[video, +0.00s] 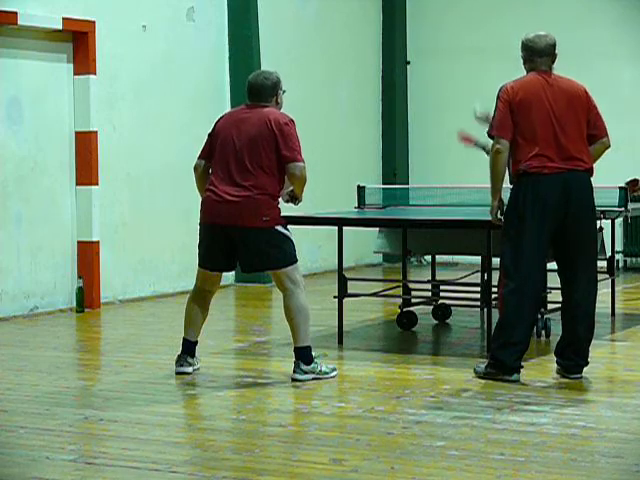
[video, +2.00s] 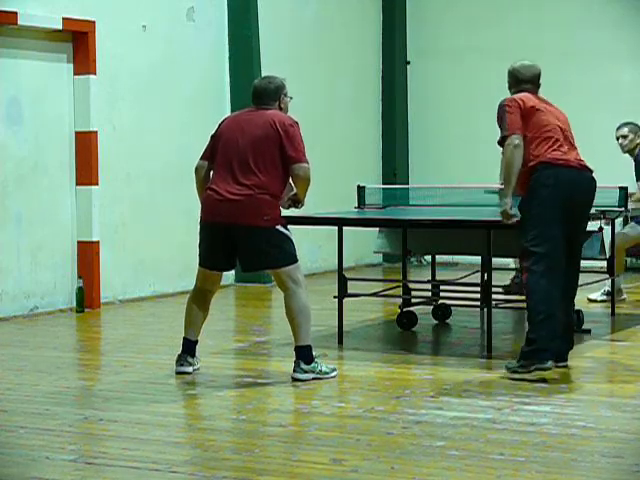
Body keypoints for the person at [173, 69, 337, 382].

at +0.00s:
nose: (283, 99)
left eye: (283, 95)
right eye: (282, 95)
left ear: (248, 96)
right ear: (276, 96)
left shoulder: (225, 120)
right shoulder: (280, 121)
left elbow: (200, 167)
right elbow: (297, 172)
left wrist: (212, 199)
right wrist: (296, 191)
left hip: (215, 217)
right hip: (260, 217)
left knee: (203, 288)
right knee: (292, 285)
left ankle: (186, 356)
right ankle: (304, 361)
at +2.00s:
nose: (289, 104)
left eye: (289, 99)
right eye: (288, 99)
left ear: (255, 101)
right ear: (279, 101)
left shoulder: (229, 122)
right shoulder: (284, 123)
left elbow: (202, 169)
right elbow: (301, 173)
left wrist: (209, 204)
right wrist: (298, 196)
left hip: (215, 215)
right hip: (260, 215)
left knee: (204, 287)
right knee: (293, 285)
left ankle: (187, 355)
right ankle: (305, 361)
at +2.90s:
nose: (269, 104)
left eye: (267, 101)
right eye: (268, 100)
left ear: (234, 102)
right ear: (264, 102)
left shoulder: (212, 126)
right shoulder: (276, 129)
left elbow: (182, 166)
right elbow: (311, 175)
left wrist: (173, 205)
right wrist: (300, 184)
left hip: (208, 217)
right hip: (252, 217)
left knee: (197, 286)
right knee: (289, 284)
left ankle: (185, 354)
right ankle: (305, 356)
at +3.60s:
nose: (215, 89)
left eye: (213, 85)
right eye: (213, 85)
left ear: (183, 89)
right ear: (205, 88)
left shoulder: (162, 121)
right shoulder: (219, 116)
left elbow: (137, 167)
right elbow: (237, 157)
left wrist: (139, 206)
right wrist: (261, 193)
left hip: (173, 218)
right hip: (215, 215)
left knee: (185, 284)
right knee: (245, 278)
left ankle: (184, 355)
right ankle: (246, 354)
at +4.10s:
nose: (172, 78)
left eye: (172, 73)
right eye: (170, 73)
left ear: (139, 77)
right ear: (159, 76)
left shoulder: (115, 106)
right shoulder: (163, 107)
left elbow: (93, 154)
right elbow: (173, 158)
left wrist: (87, 198)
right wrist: (197, 187)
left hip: (110, 209)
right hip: (144, 212)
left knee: (137, 281)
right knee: (145, 284)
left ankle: (131, 354)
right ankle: (123, 364)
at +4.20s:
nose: (163, 78)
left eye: (162, 72)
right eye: (160, 72)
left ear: (130, 76)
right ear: (148, 75)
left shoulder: (106, 106)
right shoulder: (151, 105)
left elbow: (85, 154)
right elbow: (157, 155)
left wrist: (78, 198)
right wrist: (182, 190)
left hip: (100, 210)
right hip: (136, 213)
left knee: (114, 279)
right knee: (138, 284)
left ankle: (90, 349)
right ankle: (123, 365)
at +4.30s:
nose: (154, 81)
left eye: (153, 75)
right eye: (151, 75)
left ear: (122, 79)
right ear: (138, 78)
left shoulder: (97, 108)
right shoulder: (139, 107)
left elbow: (78, 159)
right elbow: (144, 155)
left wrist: (83, 198)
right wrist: (171, 194)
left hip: (88, 211)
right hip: (125, 213)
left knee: (91, 280)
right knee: (135, 285)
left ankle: (60, 354)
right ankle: (123, 366)